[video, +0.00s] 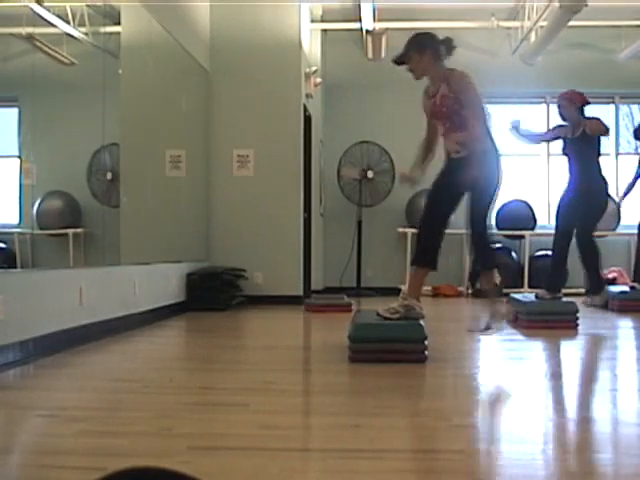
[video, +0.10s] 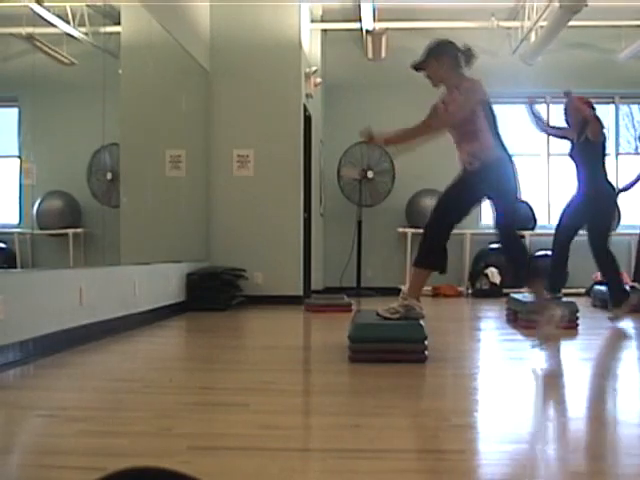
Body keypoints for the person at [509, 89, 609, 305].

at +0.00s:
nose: (560, 111)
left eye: (564, 107)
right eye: (559, 107)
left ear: (576, 107)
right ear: (562, 109)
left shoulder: (593, 124)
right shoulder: (563, 130)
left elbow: (603, 131)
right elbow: (539, 138)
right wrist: (518, 132)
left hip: (595, 189)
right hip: (573, 190)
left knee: (584, 235)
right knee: (561, 237)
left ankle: (597, 290)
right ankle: (552, 288)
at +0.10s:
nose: (568, 117)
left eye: (572, 112)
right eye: (568, 112)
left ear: (584, 113)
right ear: (569, 115)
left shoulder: (593, 132)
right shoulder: (574, 134)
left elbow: (586, 115)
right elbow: (545, 128)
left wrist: (571, 98)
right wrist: (531, 109)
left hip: (600, 196)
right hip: (582, 197)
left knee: (599, 246)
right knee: (561, 240)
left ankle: (620, 298)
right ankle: (553, 290)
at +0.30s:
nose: (582, 134)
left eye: (585, 129)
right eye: (581, 131)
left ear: (596, 130)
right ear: (595, 132)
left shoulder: (605, 150)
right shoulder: (600, 152)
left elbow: (585, 139)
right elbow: (582, 140)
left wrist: (566, 122)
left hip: (615, 213)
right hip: (604, 212)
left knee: (620, 265)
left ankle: (634, 313)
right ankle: (553, 284)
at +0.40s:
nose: (584, 128)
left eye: (587, 124)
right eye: (584, 124)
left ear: (599, 125)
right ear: (595, 125)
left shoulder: (604, 141)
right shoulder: (599, 143)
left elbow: (600, 146)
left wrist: (570, 147)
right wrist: (568, 146)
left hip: (618, 208)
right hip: (605, 207)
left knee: (622, 260)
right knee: (572, 232)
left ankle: (632, 312)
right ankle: (566, 284)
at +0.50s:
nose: (585, 127)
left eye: (588, 123)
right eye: (585, 123)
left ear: (600, 123)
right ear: (597, 125)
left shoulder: (604, 143)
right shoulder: (601, 146)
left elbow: (599, 161)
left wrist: (587, 172)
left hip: (614, 205)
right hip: (612, 204)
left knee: (623, 258)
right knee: (576, 238)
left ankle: (632, 310)